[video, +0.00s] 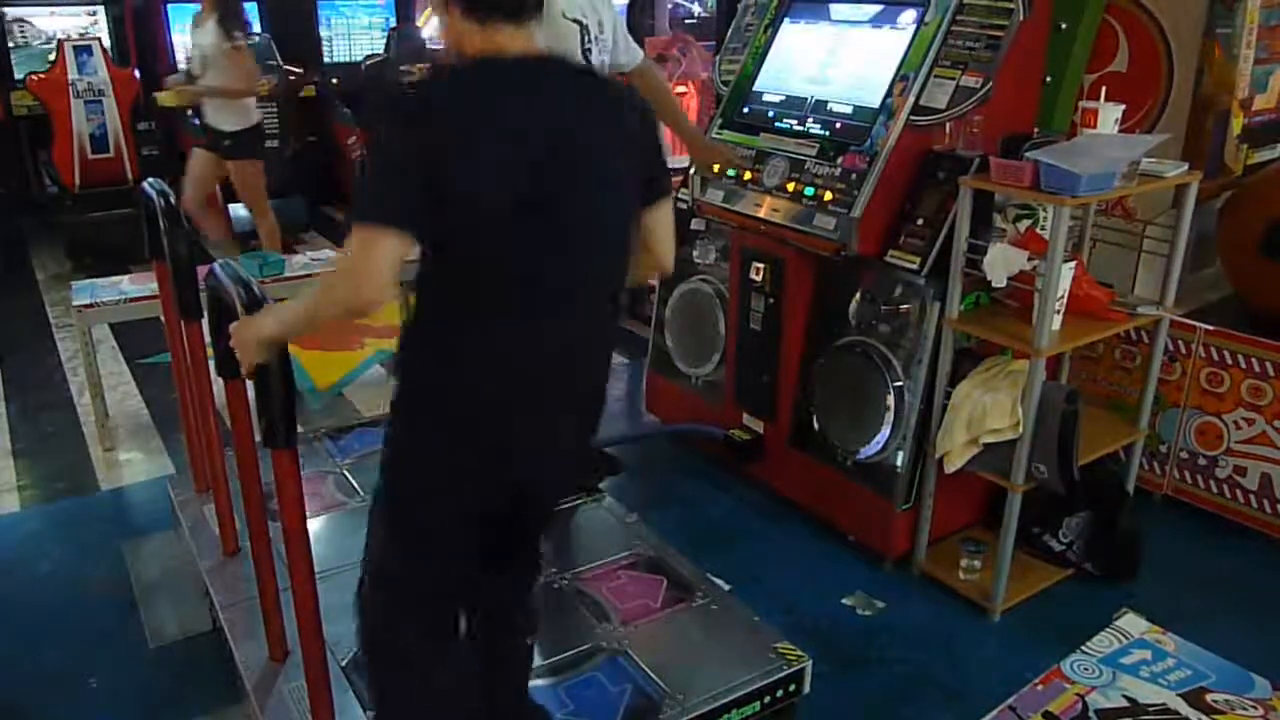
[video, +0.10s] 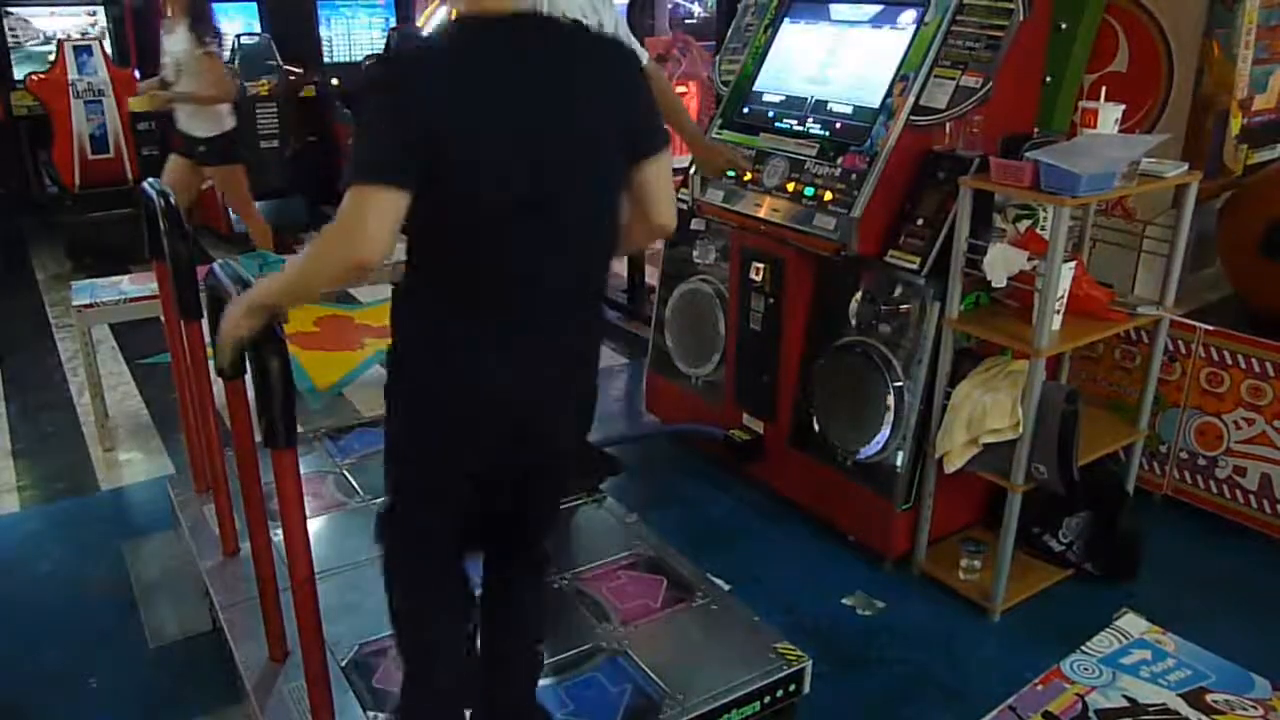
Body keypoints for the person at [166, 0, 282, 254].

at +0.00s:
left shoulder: (230, 26)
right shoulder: (198, 22)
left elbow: (250, 86)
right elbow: (201, 72)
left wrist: (201, 93)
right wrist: (181, 80)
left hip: (242, 131)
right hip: (212, 130)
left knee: (258, 208)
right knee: (193, 201)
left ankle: (275, 269)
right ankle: (232, 264)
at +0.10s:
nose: (169, 3)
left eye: (173, 0)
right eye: (168, 1)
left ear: (187, 2)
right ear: (168, 4)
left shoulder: (202, 35)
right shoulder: (167, 30)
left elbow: (225, 92)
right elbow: (172, 77)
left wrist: (172, 98)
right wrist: (147, 86)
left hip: (218, 137)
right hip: (187, 136)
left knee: (243, 208)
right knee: (165, 209)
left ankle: (270, 264)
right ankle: (175, 274)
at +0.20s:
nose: (129, 2)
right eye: (130, 1)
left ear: (150, 2)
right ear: (135, 5)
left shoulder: (169, 34)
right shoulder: (136, 34)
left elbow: (194, 96)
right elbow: (152, 82)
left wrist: (141, 103)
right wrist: (129, 88)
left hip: (187, 141)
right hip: (153, 140)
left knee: (216, 218)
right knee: (144, 218)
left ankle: (264, 270)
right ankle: (137, 294)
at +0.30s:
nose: (108, 2)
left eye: (113, 1)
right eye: (108, 1)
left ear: (123, 1)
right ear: (109, 5)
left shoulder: (142, 36)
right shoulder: (106, 37)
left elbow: (169, 92)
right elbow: (115, 83)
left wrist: (110, 102)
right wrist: (93, 89)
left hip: (156, 144)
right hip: (122, 143)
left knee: (170, 223)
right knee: (123, 220)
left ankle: (230, 260)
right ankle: (134, 292)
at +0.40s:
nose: (77, 0)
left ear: (90, 1)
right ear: (85, 3)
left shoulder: (107, 36)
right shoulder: (80, 34)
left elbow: (139, 90)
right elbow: (86, 83)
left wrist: (76, 99)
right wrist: (55, 89)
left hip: (118, 142)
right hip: (97, 139)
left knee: (110, 222)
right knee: (111, 223)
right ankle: (135, 292)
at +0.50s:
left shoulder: (77, 31)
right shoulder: (54, 28)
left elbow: (111, 90)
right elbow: (66, 79)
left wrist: (53, 98)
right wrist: (36, 85)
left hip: (94, 142)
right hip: (78, 141)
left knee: (63, 224)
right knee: (107, 220)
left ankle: (111, 282)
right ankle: (133, 283)